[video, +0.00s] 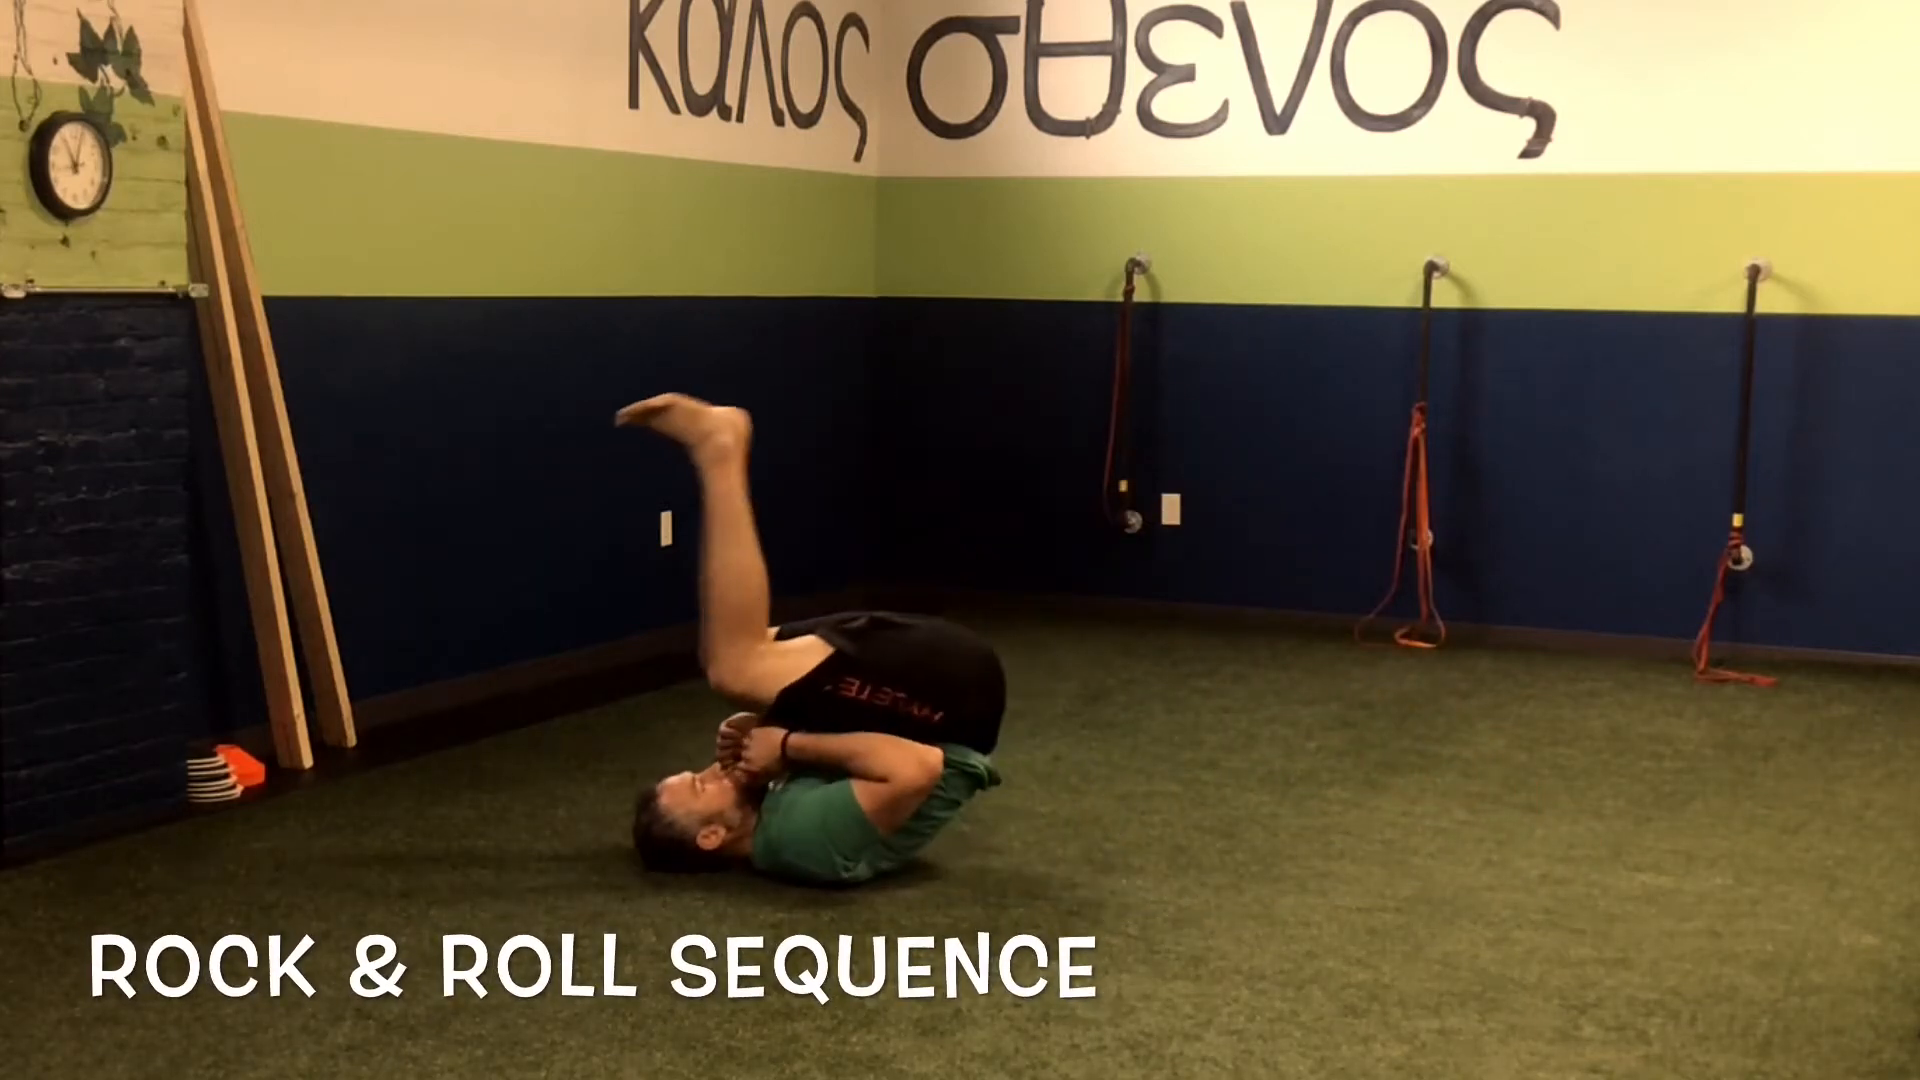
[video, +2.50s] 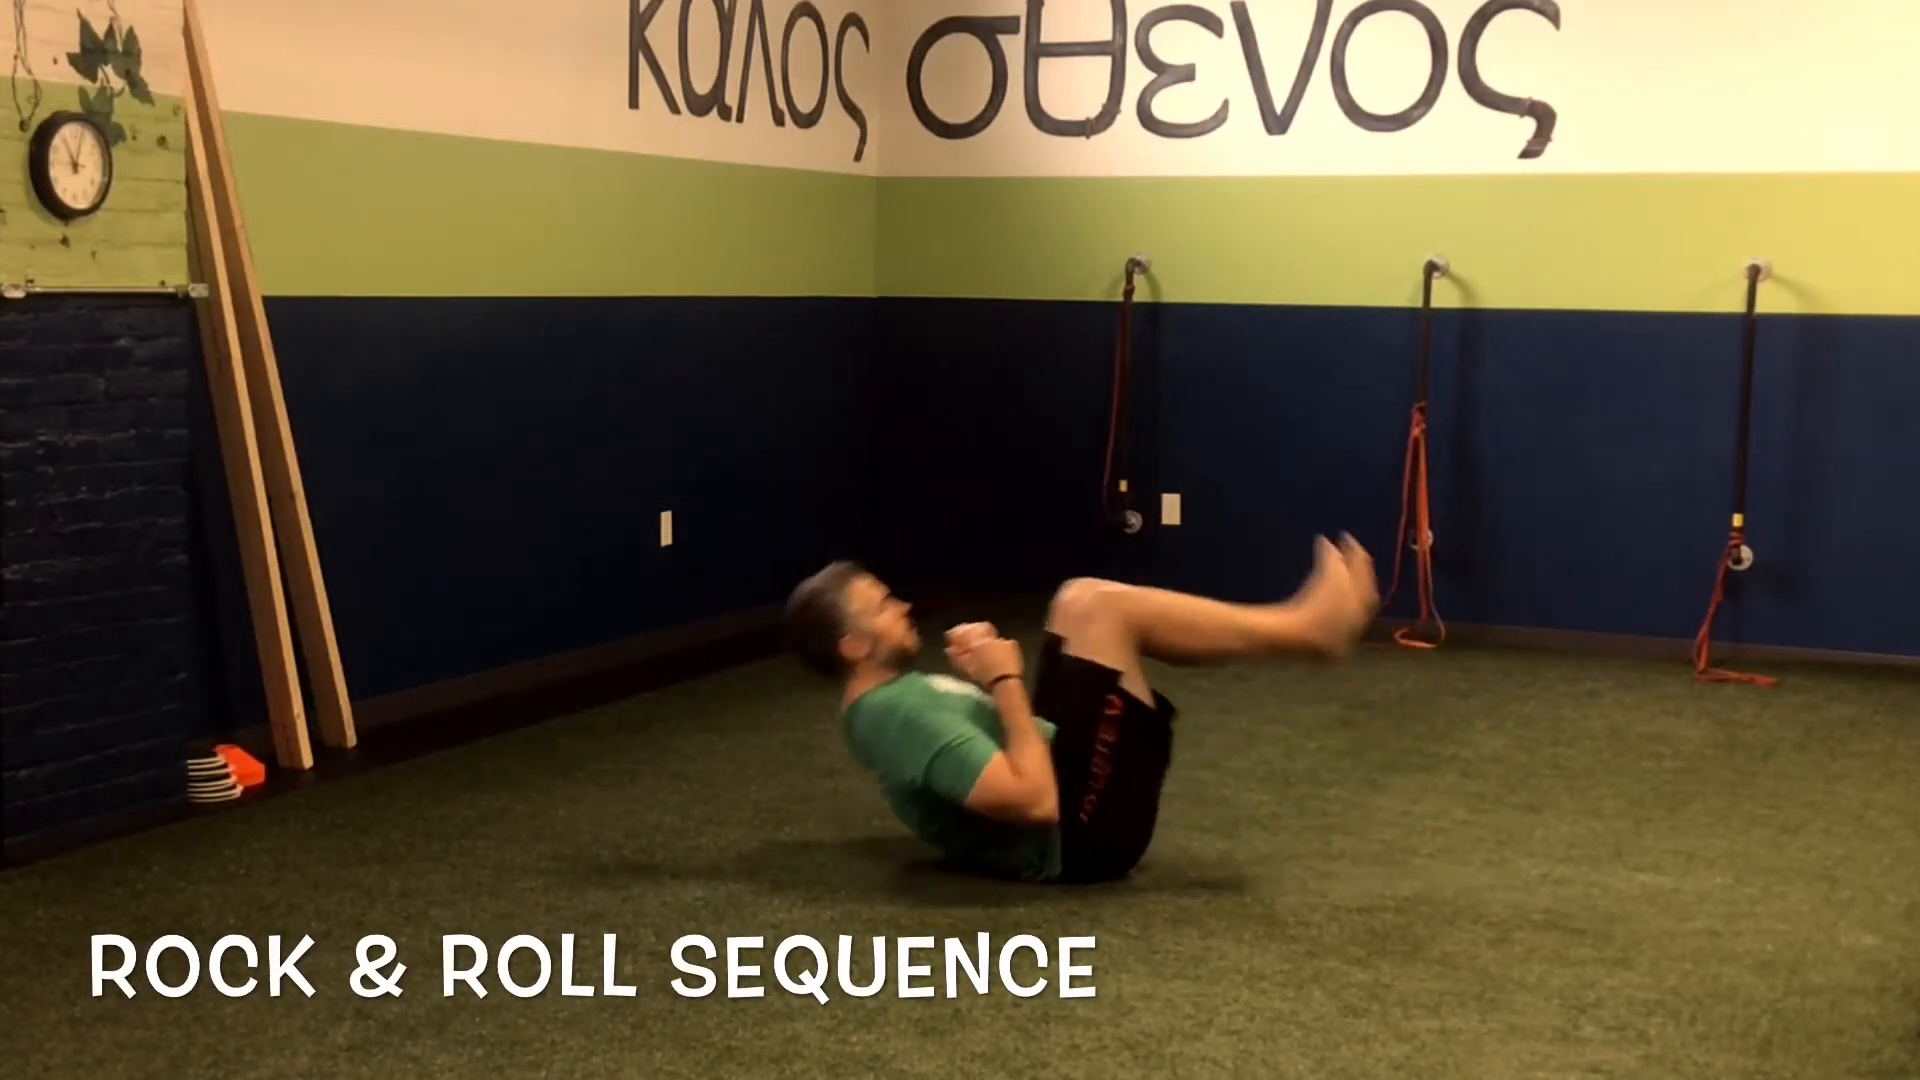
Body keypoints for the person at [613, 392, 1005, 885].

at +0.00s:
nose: (713, 771)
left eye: (696, 775)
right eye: (701, 786)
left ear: (717, 834)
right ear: (714, 835)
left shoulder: (767, 817)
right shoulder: (797, 839)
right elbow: (918, 769)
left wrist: (758, 736)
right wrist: (784, 747)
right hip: (965, 689)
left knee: (738, 653)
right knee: (735, 665)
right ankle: (719, 446)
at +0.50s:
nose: (779, 693)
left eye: (759, 691)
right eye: (758, 704)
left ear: (761, 759)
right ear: (756, 760)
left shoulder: (815, 770)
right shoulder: (823, 803)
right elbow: (981, 801)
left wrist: (876, 705)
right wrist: (878, 716)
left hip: (1013, 776)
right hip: (1036, 795)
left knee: (919, 589)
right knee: (923, 594)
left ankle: (1103, 496)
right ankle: (1122, 506)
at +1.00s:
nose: (1013, 564)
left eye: (1005, 549)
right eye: (998, 554)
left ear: (957, 575)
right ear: (960, 576)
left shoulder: (939, 645)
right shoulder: (977, 661)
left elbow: (1045, 743)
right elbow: (1085, 778)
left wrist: (1063, 674)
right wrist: (1092, 666)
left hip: (1060, 822)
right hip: (1091, 841)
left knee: (1184, 628)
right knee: (1212, 641)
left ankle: (1349, 767)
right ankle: (1358, 794)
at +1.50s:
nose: (1173, 542)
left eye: (1171, 526)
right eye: (1165, 527)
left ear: (1116, 531)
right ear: (1123, 534)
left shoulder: (1059, 595)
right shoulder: (1102, 621)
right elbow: (1159, 766)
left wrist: (1177, 659)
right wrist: (1201, 667)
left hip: (1086, 821)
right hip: (1119, 838)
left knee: (1250, 658)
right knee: (1292, 675)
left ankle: (1386, 831)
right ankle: (1397, 847)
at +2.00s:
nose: (1062, 544)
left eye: (1055, 529)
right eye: (1048, 532)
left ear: (998, 552)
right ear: (1006, 550)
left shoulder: (972, 622)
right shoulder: (1021, 642)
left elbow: (1066, 729)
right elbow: (1101, 775)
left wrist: (1090, 656)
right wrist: (1123, 662)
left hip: (1065, 821)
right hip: (1101, 842)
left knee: (1219, 644)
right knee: (1257, 660)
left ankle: (1365, 808)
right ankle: (1374, 822)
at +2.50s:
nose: (902, 609)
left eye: (889, 599)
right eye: (882, 607)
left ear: (859, 643)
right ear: (852, 646)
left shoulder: (890, 698)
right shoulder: (900, 713)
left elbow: (1013, 770)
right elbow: (1035, 799)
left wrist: (996, 673)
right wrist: (1007, 681)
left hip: (1059, 825)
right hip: (1080, 844)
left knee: (1083, 601)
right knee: (1095, 604)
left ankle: (1294, 625)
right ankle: (1308, 626)